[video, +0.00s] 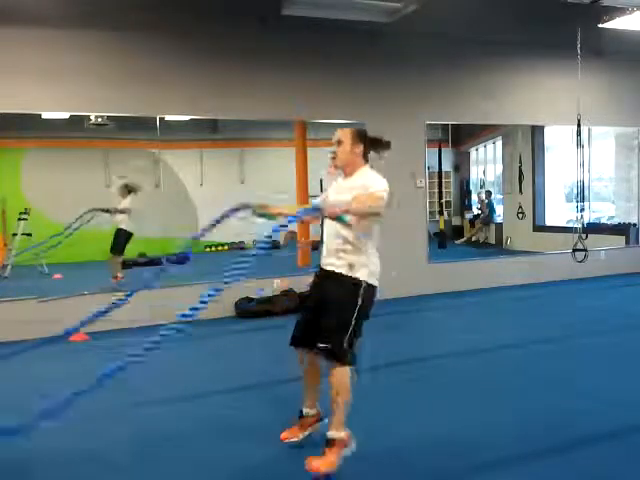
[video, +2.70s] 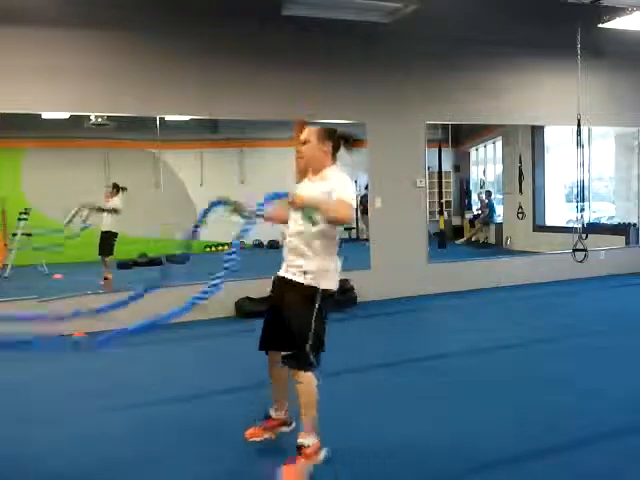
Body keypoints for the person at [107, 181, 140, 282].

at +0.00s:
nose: (119, 193)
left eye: (121, 191)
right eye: (119, 191)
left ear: (126, 191)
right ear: (126, 191)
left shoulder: (130, 199)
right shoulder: (124, 201)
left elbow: (128, 210)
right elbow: (120, 211)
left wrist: (116, 211)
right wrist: (111, 211)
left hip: (126, 228)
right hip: (121, 227)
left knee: (117, 253)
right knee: (115, 252)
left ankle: (118, 274)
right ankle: (116, 274)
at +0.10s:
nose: (120, 196)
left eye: (122, 194)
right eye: (120, 194)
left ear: (126, 194)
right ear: (128, 195)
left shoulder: (128, 204)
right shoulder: (124, 204)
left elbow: (117, 215)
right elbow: (116, 216)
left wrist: (103, 213)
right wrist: (104, 219)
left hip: (122, 233)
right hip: (120, 232)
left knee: (113, 257)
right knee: (114, 257)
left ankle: (113, 278)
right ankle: (113, 277)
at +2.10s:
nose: (117, 195)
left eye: (119, 194)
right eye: (118, 193)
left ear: (124, 195)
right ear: (123, 195)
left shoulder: (124, 205)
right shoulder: (120, 204)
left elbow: (122, 216)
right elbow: (116, 217)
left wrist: (108, 217)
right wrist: (102, 219)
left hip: (121, 236)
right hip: (117, 235)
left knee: (116, 260)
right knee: (114, 259)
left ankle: (116, 279)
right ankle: (115, 279)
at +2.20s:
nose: (118, 189)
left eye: (120, 187)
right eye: (119, 187)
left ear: (124, 189)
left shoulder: (125, 197)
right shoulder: (118, 199)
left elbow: (124, 204)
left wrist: (104, 204)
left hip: (121, 231)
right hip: (115, 230)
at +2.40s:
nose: (108, 197)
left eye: (110, 195)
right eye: (109, 195)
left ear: (114, 195)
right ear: (114, 195)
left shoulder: (119, 205)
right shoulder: (113, 205)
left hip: (121, 234)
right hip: (116, 234)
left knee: (120, 259)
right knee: (116, 259)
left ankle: (122, 280)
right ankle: (118, 278)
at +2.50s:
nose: (108, 201)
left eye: (109, 199)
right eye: (108, 199)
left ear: (113, 200)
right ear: (112, 200)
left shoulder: (116, 210)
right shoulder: (111, 210)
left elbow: (109, 219)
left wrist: (106, 212)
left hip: (119, 237)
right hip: (115, 236)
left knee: (116, 260)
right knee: (110, 260)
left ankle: (122, 280)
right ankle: (116, 279)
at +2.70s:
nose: (109, 192)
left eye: (111, 190)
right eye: (110, 189)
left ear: (116, 191)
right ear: (114, 190)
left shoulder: (118, 200)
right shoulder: (111, 200)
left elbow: (117, 210)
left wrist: (102, 209)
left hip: (111, 229)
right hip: (105, 228)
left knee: (105, 254)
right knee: (103, 254)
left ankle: (108, 275)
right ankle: (107, 274)